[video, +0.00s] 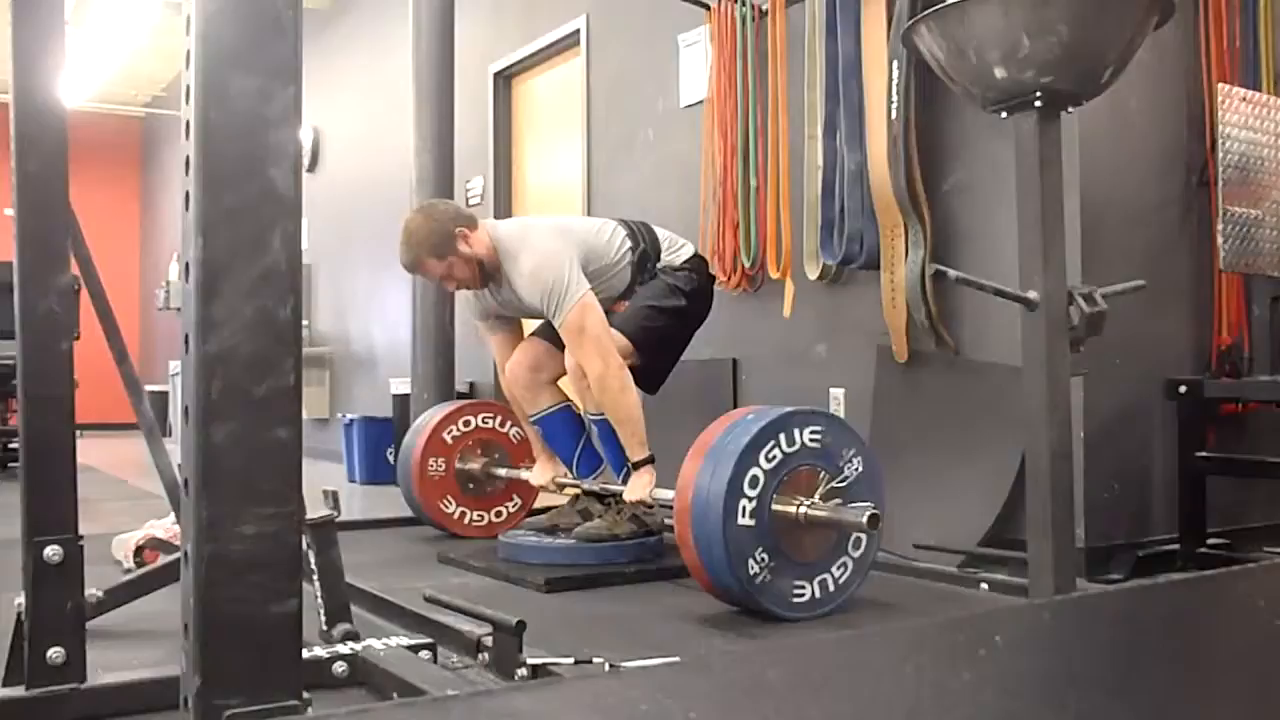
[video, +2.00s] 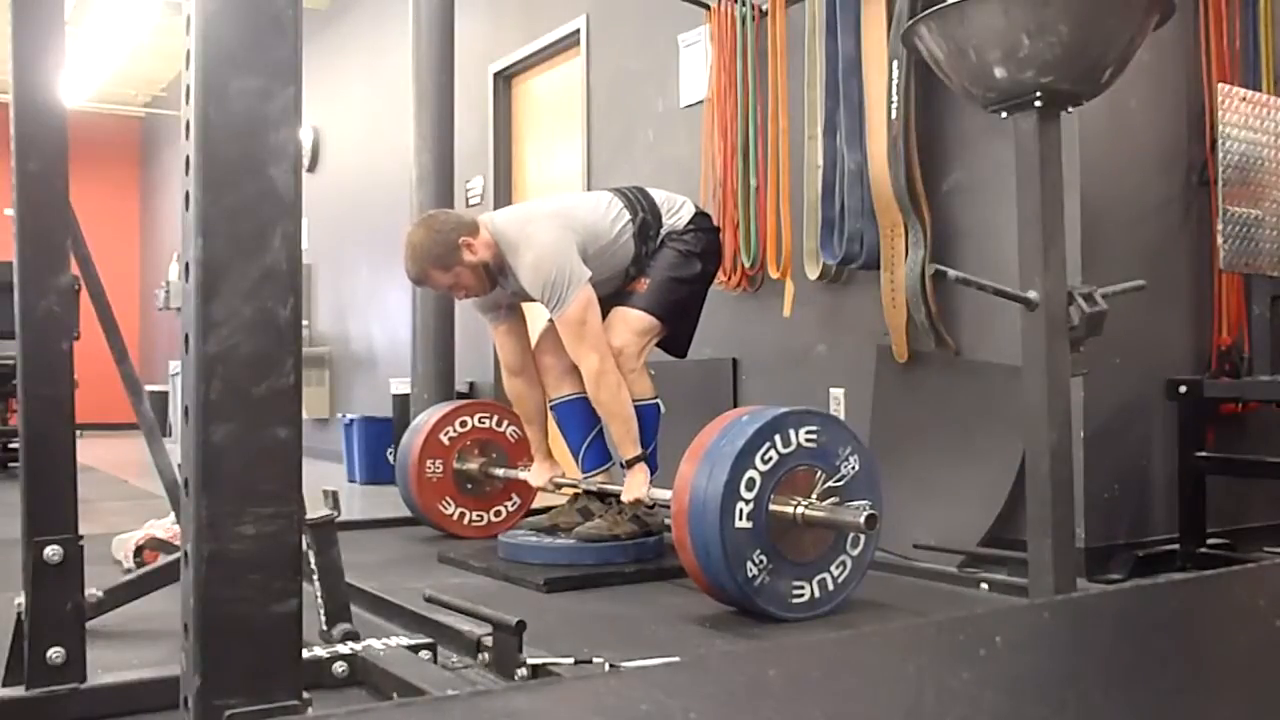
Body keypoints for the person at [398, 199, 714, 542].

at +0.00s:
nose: (449, 287)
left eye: (448, 274)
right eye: (440, 282)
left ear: (466, 238)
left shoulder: (538, 258)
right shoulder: (481, 287)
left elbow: (599, 363)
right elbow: (513, 372)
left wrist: (642, 467)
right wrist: (543, 457)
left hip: (673, 273)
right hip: (606, 290)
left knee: (585, 364)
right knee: (523, 373)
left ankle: (629, 490)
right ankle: (595, 487)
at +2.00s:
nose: (458, 298)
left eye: (455, 286)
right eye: (449, 294)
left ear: (470, 248)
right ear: (469, 247)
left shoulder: (540, 250)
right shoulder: (486, 281)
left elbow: (597, 361)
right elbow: (516, 371)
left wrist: (635, 465)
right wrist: (541, 458)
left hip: (680, 233)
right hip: (617, 256)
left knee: (620, 348)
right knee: (549, 356)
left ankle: (639, 494)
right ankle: (600, 490)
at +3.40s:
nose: (441, 284)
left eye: (441, 270)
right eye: (432, 277)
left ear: (464, 235)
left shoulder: (543, 263)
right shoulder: (479, 291)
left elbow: (615, 367)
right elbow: (511, 378)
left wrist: (637, 471)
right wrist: (540, 459)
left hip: (669, 295)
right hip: (606, 307)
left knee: (573, 373)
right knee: (512, 382)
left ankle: (629, 490)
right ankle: (591, 486)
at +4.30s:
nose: (458, 241)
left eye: (460, 226)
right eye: (450, 233)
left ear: (492, 199)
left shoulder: (567, 246)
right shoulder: (503, 273)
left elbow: (619, 355)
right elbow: (523, 366)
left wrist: (637, 466)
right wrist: (539, 455)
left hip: (690, 283)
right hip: (627, 299)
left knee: (598, 359)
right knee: (533, 366)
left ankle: (630, 500)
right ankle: (599, 491)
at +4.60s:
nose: (483, 191)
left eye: (493, 177)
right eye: (481, 180)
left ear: (533, 176)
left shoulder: (588, 235)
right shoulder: (521, 261)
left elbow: (626, 350)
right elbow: (535, 359)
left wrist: (635, 463)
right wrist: (539, 453)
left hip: (707, 292)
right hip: (642, 303)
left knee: (606, 353)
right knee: (543, 364)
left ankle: (633, 499)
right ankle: (599, 493)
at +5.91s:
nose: (493, 209)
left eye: (500, 194)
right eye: (488, 199)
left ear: (537, 181)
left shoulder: (593, 236)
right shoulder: (525, 261)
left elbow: (627, 353)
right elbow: (536, 361)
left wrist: (636, 465)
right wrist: (540, 452)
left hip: (713, 298)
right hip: (645, 309)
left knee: (611, 353)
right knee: (549, 361)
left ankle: (633, 499)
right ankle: (600, 492)